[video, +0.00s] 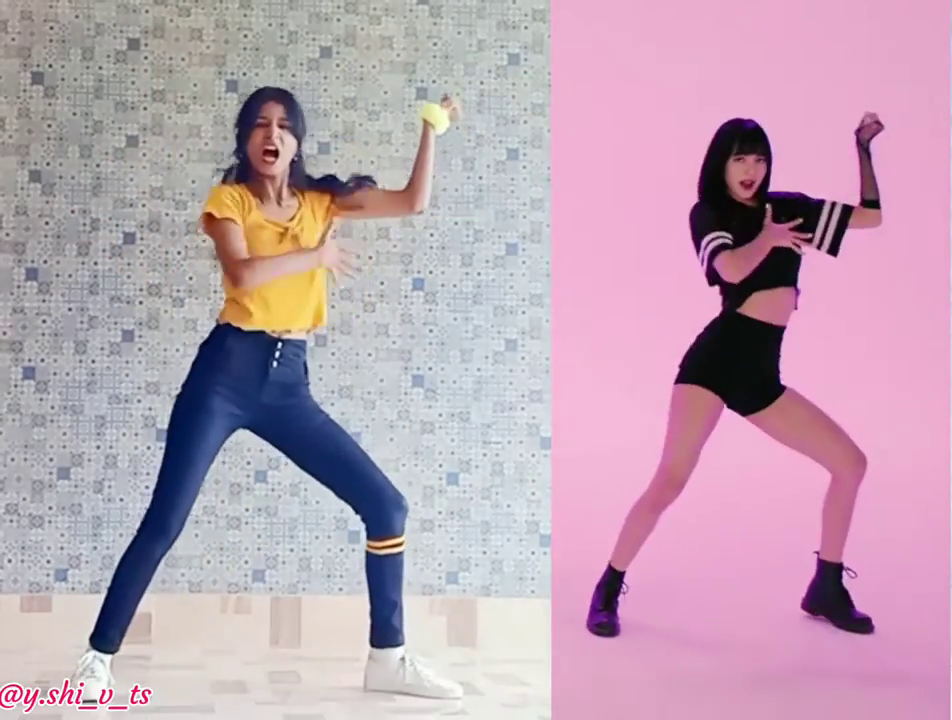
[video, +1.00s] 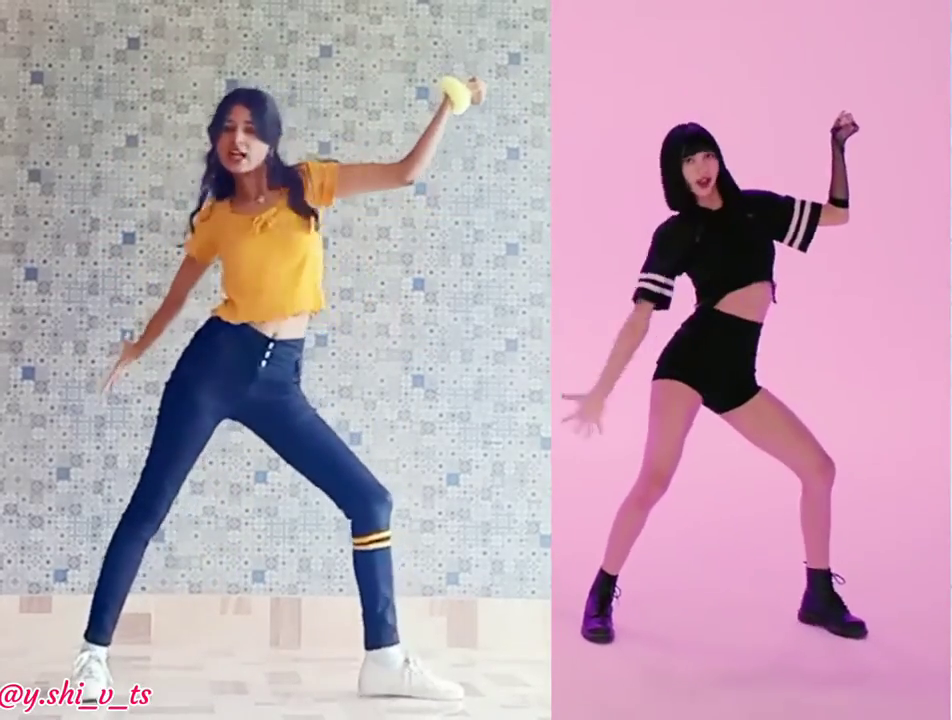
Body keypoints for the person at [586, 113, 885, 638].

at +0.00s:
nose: (748, 170)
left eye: (757, 159)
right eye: (738, 159)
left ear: (768, 165)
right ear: (718, 164)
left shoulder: (783, 209)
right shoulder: (709, 215)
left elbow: (870, 216)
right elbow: (731, 270)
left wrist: (864, 150)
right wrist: (769, 238)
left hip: (759, 374)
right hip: (714, 361)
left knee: (849, 464)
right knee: (669, 482)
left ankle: (826, 587)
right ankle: (608, 589)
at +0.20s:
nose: (722, 172)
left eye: (731, 162)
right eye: (712, 161)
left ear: (741, 165)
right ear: (693, 165)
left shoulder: (757, 208)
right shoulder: (689, 208)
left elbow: (832, 218)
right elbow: (720, 242)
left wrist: (830, 153)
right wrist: (762, 237)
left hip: (743, 367)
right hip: (694, 359)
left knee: (828, 467)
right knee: (648, 483)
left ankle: (810, 582)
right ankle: (595, 585)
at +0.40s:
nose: (717, 179)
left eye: (726, 168)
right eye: (707, 168)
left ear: (739, 171)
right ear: (689, 169)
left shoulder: (756, 214)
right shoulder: (671, 224)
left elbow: (837, 222)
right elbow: (633, 301)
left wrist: (829, 159)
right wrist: (677, 252)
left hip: (726, 367)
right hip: (678, 356)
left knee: (812, 462)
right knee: (634, 478)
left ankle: (801, 578)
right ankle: (586, 581)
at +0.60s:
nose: (709, 174)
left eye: (719, 164)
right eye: (700, 163)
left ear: (730, 168)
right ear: (684, 165)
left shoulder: (746, 210)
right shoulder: (672, 217)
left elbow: (825, 208)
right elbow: (716, 276)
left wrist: (821, 142)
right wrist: (790, 270)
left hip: (723, 366)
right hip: (678, 355)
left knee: (809, 458)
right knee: (636, 475)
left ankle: (799, 579)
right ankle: (584, 580)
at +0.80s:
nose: (707, 176)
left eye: (717, 166)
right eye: (698, 165)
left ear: (727, 169)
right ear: (681, 167)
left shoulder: (747, 209)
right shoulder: (669, 224)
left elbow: (827, 211)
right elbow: (697, 293)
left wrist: (825, 144)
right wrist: (747, 336)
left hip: (727, 367)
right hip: (680, 358)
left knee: (815, 462)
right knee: (640, 476)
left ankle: (805, 583)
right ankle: (589, 584)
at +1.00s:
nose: (701, 167)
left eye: (706, 156)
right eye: (689, 162)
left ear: (719, 159)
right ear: (676, 173)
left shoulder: (756, 208)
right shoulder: (677, 233)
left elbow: (837, 214)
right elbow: (639, 316)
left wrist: (838, 147)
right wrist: (599, 391)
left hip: (735, 373)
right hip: (688, 362)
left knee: (818, 469)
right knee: (653, 481)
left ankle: (819, 594)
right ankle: (602, 594)